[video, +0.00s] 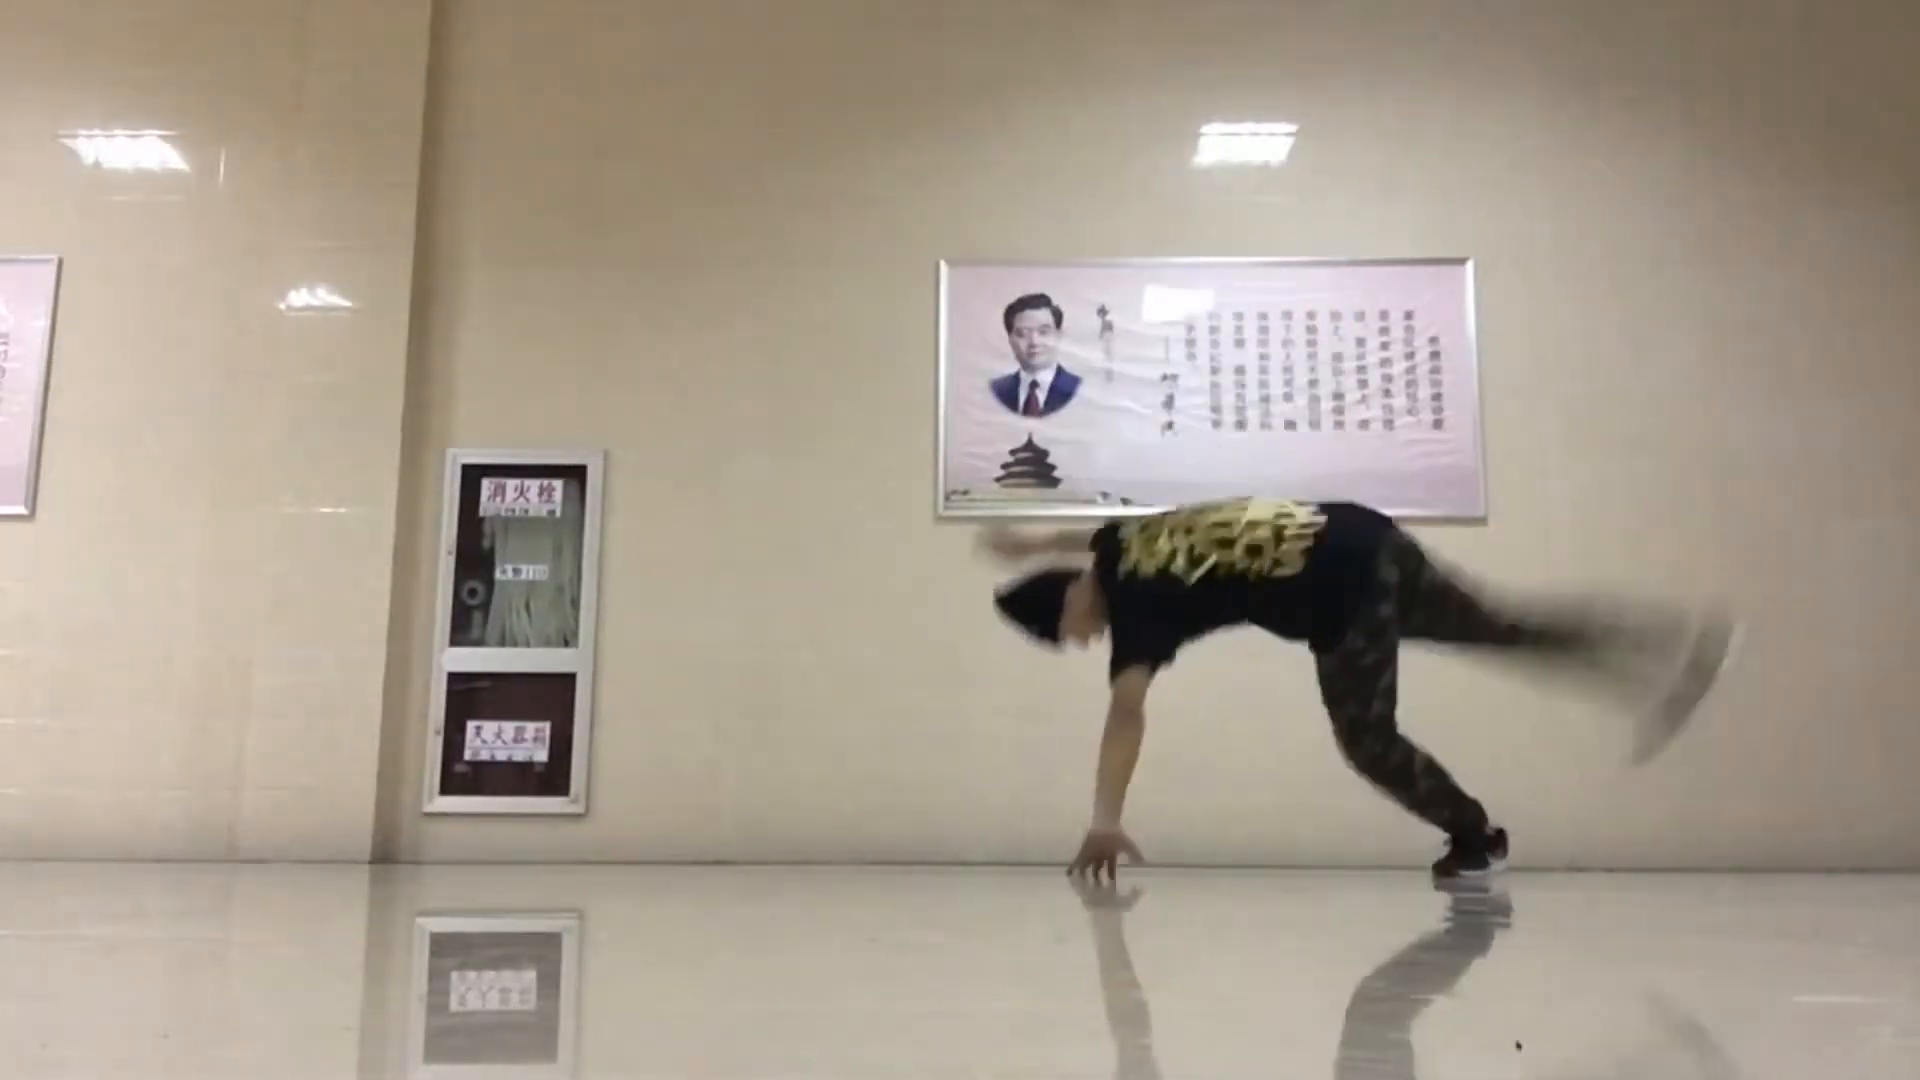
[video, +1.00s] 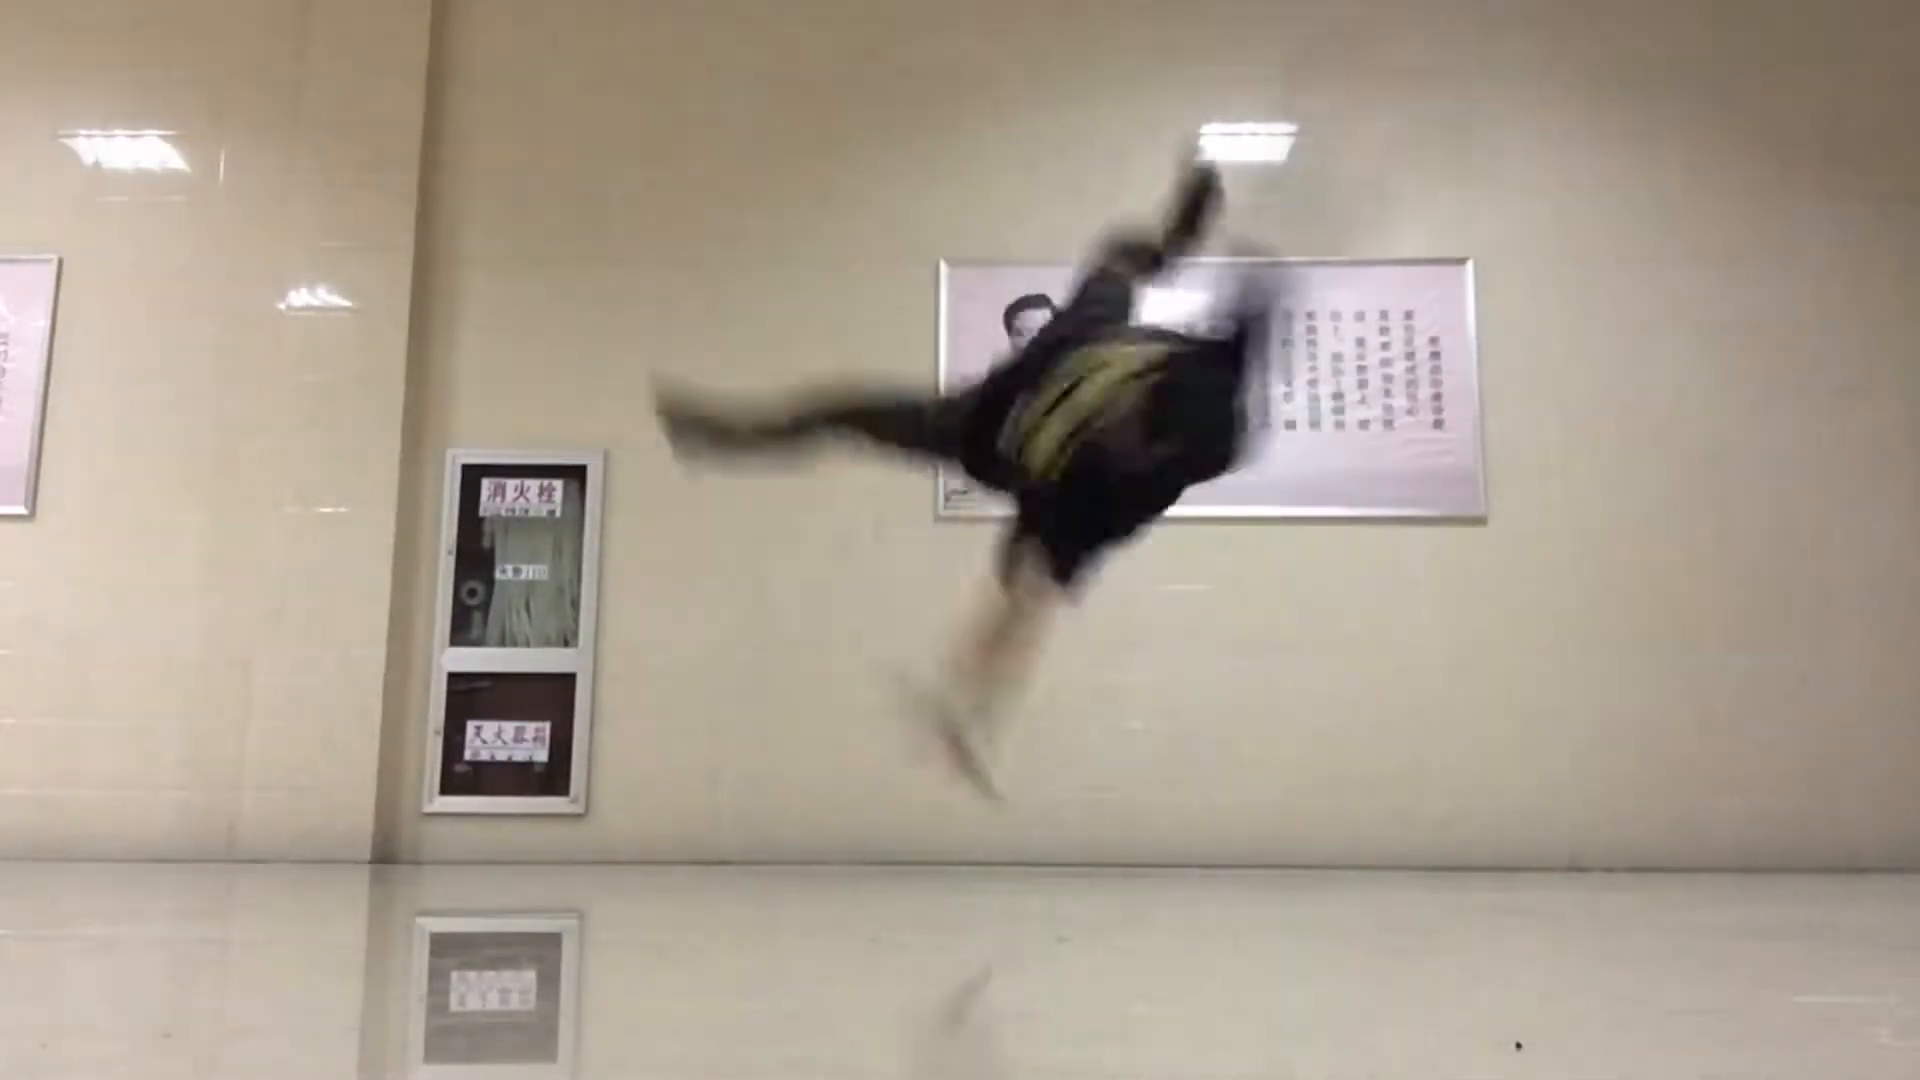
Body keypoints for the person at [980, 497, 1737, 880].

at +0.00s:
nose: (1078, 637)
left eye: (1067, 628)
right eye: (1067, 628)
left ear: (1073, 604)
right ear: (1071, 581)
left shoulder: (1132, 601)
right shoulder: (1129, 539)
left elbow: (1124, 719)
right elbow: (1080, 529)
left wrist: (1104, 822)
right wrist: (1019, 535)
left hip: (1343, 593)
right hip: (1368, 535)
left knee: (1367, 740)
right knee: (1497, 627)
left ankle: (1474, 834)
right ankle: (1661, 651)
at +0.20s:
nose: (1125, 723)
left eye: (1117, 720)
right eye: (1119, 721)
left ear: (1092, 689)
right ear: (1133, 687)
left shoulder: (1107, 643)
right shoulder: (1179, 624)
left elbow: (1112, 744)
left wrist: (1109, 856)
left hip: (1264, 535)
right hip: (1273, 475)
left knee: (1439, 603)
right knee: (1412, 374)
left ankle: (1646, 583)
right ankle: (1246, 346)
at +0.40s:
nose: (1250, 711)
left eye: (1247, 728)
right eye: (1265, 716)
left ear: (1230, 712)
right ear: (1279, 691)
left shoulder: (1158, 656)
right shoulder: (1302, 617)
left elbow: (1104, 747)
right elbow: (1388, 678)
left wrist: (1106, 857)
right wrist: (1468, 748)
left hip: (1118, 463)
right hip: (1202, 444)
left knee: (1044, 579)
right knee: (1318, 330)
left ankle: (908, 648)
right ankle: (1350, 136)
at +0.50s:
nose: (1270, 729)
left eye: (1280, 727)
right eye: (1291, 724)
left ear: (1251, 700)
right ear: (1301, 689)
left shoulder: (1164, 658)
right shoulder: (1293, 625)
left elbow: (1113, 746)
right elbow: (1285, 725)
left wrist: (1104, 858)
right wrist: (1303, 834)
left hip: (1086, 446)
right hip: (1188, 422)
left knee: (975, 529)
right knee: (1236, 332)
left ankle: (833, 557)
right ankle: (1309, 207)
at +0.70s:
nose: (1307, 671)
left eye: (1317, 665)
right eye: (1319, 670)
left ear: (1331, 619)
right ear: (1319, 642)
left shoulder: (1312, 532)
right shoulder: (1240, 597)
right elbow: (1225, 733)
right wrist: (1268, 857)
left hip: (1092, 383)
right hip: (1050, 457)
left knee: (1152, 296)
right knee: (965, 603)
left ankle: (1051, 192)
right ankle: (823, 696)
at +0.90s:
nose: (1264, 403)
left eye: (1278, 415)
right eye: (1279, 398)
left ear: (1291, 443)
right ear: (1300, 419)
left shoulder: (1259, 518)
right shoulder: (1205, 383)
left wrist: (1412, 710)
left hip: (1010, 384)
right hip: (1063, 360)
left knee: (863, 251)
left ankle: (692, 255)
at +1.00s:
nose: (1131, 427)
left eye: (1148, 436)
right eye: (1145, 411)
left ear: (1170, 459)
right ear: (1166, 384)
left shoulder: (1128, 492)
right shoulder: (1208, 380)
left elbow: (1035, 579)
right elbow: (1239, 327)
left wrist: (974, 700)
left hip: (996, 436)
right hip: (1079, 352)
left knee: (848, 413)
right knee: (1118, 276)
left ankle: (726, 436)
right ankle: (1182, 223)